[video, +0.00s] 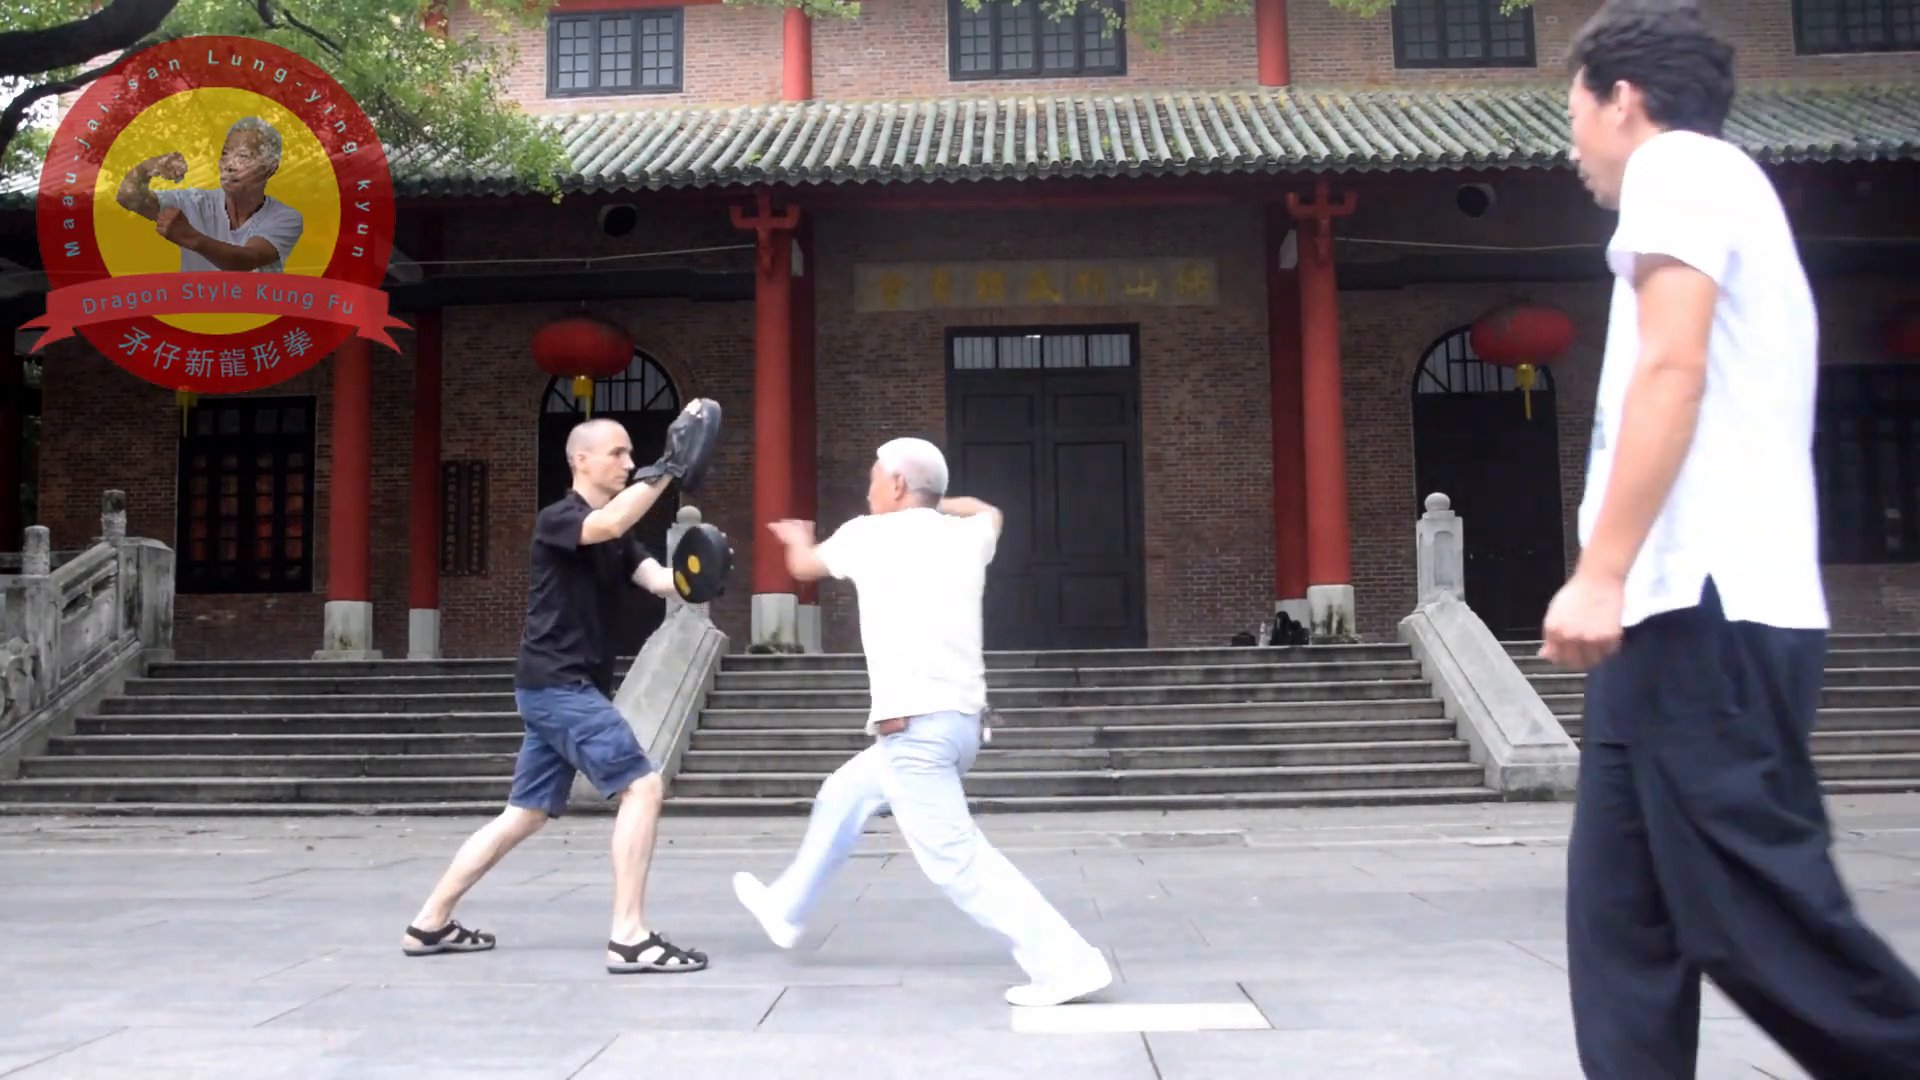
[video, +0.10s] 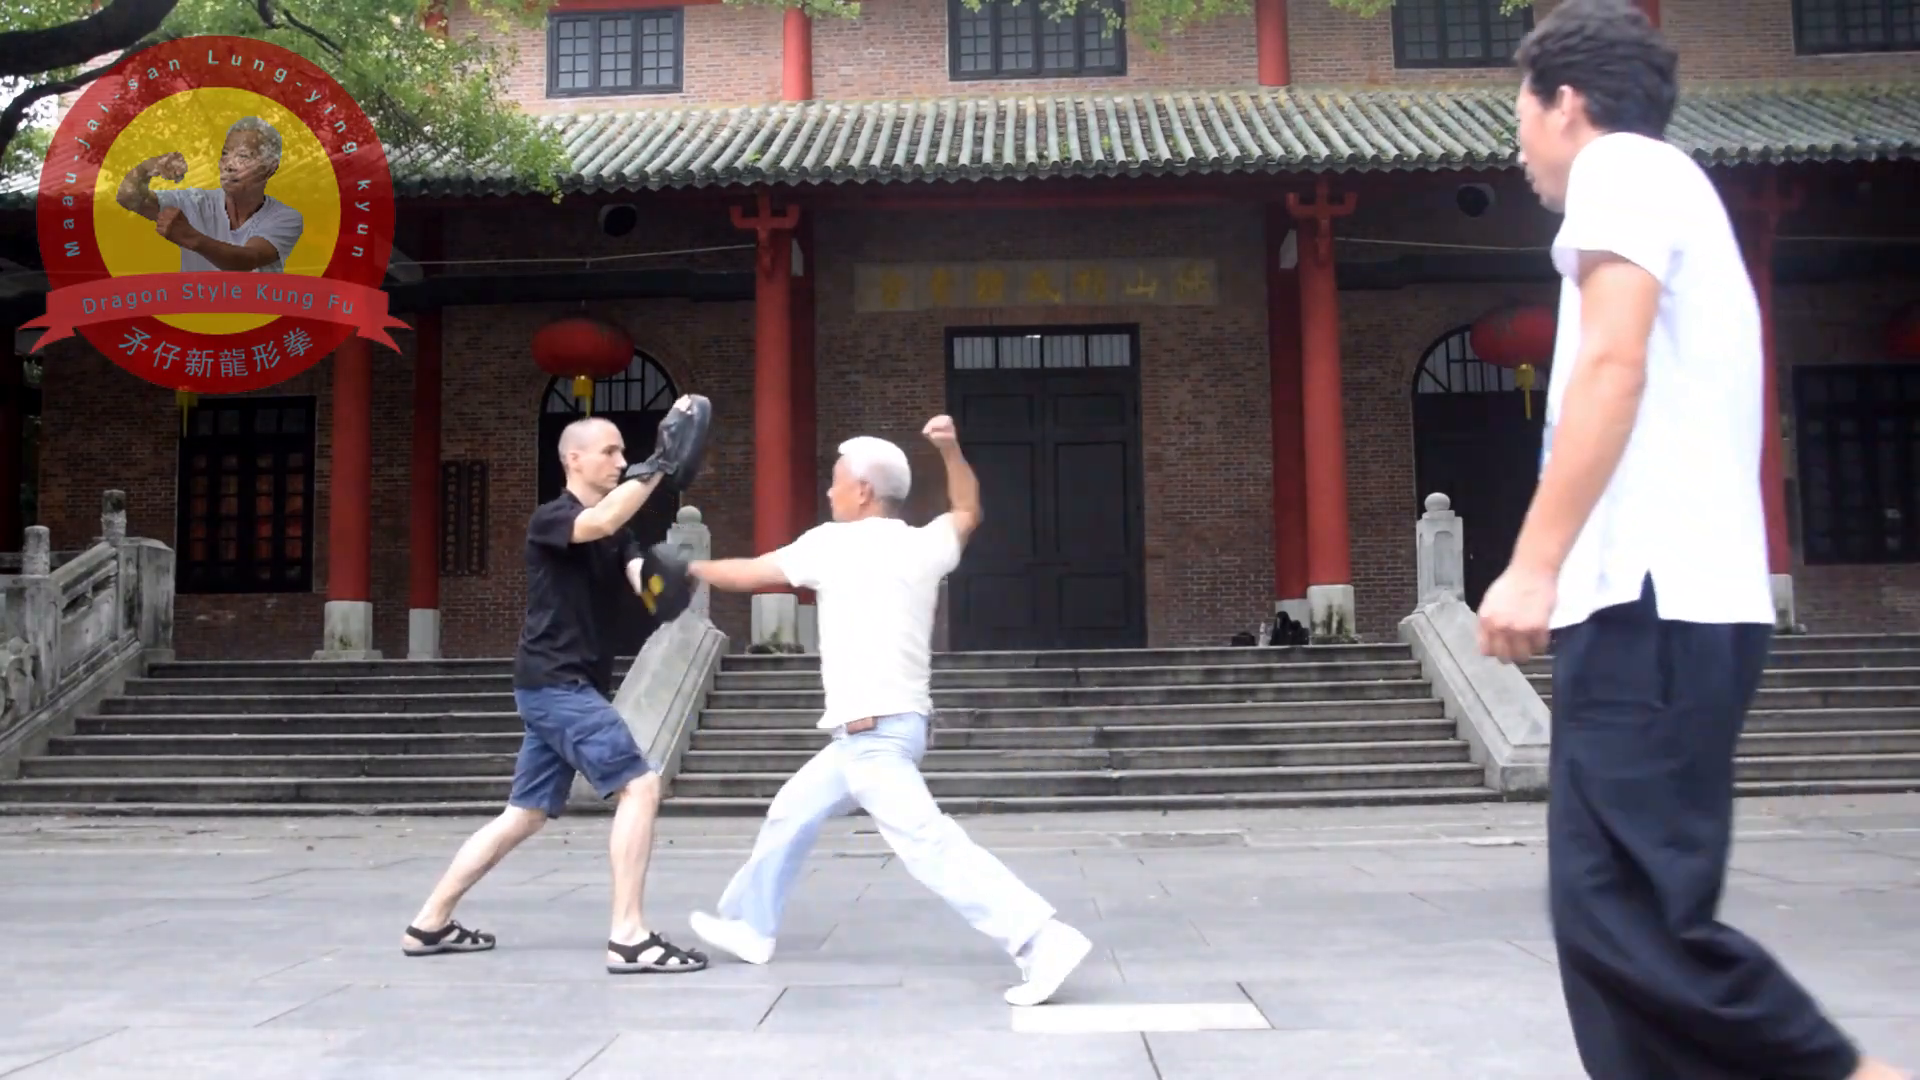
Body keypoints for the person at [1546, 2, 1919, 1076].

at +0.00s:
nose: (1571, 134)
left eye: (1576, 106)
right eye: (1570, 109)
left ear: (1629, 100)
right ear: (1673, 102)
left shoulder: (1682, 167)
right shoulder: (1715, 186)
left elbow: (1672, 372)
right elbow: (1710, 405)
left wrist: (1600, 572)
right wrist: (1616, 578)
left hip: (1713, 613)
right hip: (1662, 618)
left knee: (1762, 924)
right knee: (1620, 931)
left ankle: (1897, 1051)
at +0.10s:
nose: (1518, 136)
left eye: (1522, 111)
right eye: (1516, 114)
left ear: (1572, 104)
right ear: (1623, 106)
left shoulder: (1624, 168)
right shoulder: (1666, 189)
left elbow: (1613, 371)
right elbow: (1647, 401)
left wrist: (1535, 563)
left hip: (1658, 603)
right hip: (1652, 602)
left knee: (1620, 920)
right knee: (1605, 922)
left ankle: (1844, 1067)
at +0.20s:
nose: (1467, 145)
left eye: (1470, 119)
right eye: (1467, 121)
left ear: (1515, 112)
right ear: (1565, 112)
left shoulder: (1567, 174)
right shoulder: (1622, 193)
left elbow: (1563, 373)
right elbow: (1611, 409)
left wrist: (1482, 567)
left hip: (1606, 612)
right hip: (1644, 610)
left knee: (1502, 893)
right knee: (1617, 911)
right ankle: (1647, 1067)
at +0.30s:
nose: (1418, 150)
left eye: (1421, 125)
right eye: (1418, 126)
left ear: (1464, 120)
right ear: (1520, 119)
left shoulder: (1512, 185)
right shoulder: (1579, 207)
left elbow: (1515, 380)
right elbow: (1588, 425)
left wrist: (1444, 578)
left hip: (1554, 615)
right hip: (1605, 616)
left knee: (1426, 902)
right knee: (1588, 917)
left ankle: (1474, 1068)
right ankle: (1639, 1072)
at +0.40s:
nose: (1367, 155)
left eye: (1369, 130)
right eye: (1368, 131)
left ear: (1406, 128)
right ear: (1474, 125)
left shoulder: (1452, 199)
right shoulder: (1526, 215)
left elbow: (1460, 389)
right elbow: (1543, 433)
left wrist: (1401, 596)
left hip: (1494, 623)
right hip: (1549, 624)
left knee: (1395, 934)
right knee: (1562, 923)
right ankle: (1627, 1073)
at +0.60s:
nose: (1247, 158)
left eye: (1247, 134)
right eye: (1244, 137)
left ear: (1281, 125)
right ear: (1366, 123)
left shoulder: (1321, 205)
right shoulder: (1414, 233)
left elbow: (1319, 404)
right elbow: (1429, 452)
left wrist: (1265, 616)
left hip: (1355, 630)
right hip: (1432, 637)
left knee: (1260, 936)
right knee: (1446, 909)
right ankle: (1565, 1075)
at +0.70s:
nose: (1192, 144)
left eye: (1192, 121)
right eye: (1191, 124)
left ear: (1224, 111)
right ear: (1311, 112)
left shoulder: (1255, 190)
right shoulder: (1363, 226)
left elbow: (1247, 385)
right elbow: (1369, 438)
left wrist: (1180, 595)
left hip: (1295, 619)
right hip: (1383, 626)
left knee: (1243, 931)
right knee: (1335, 891)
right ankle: (1495, 1062)